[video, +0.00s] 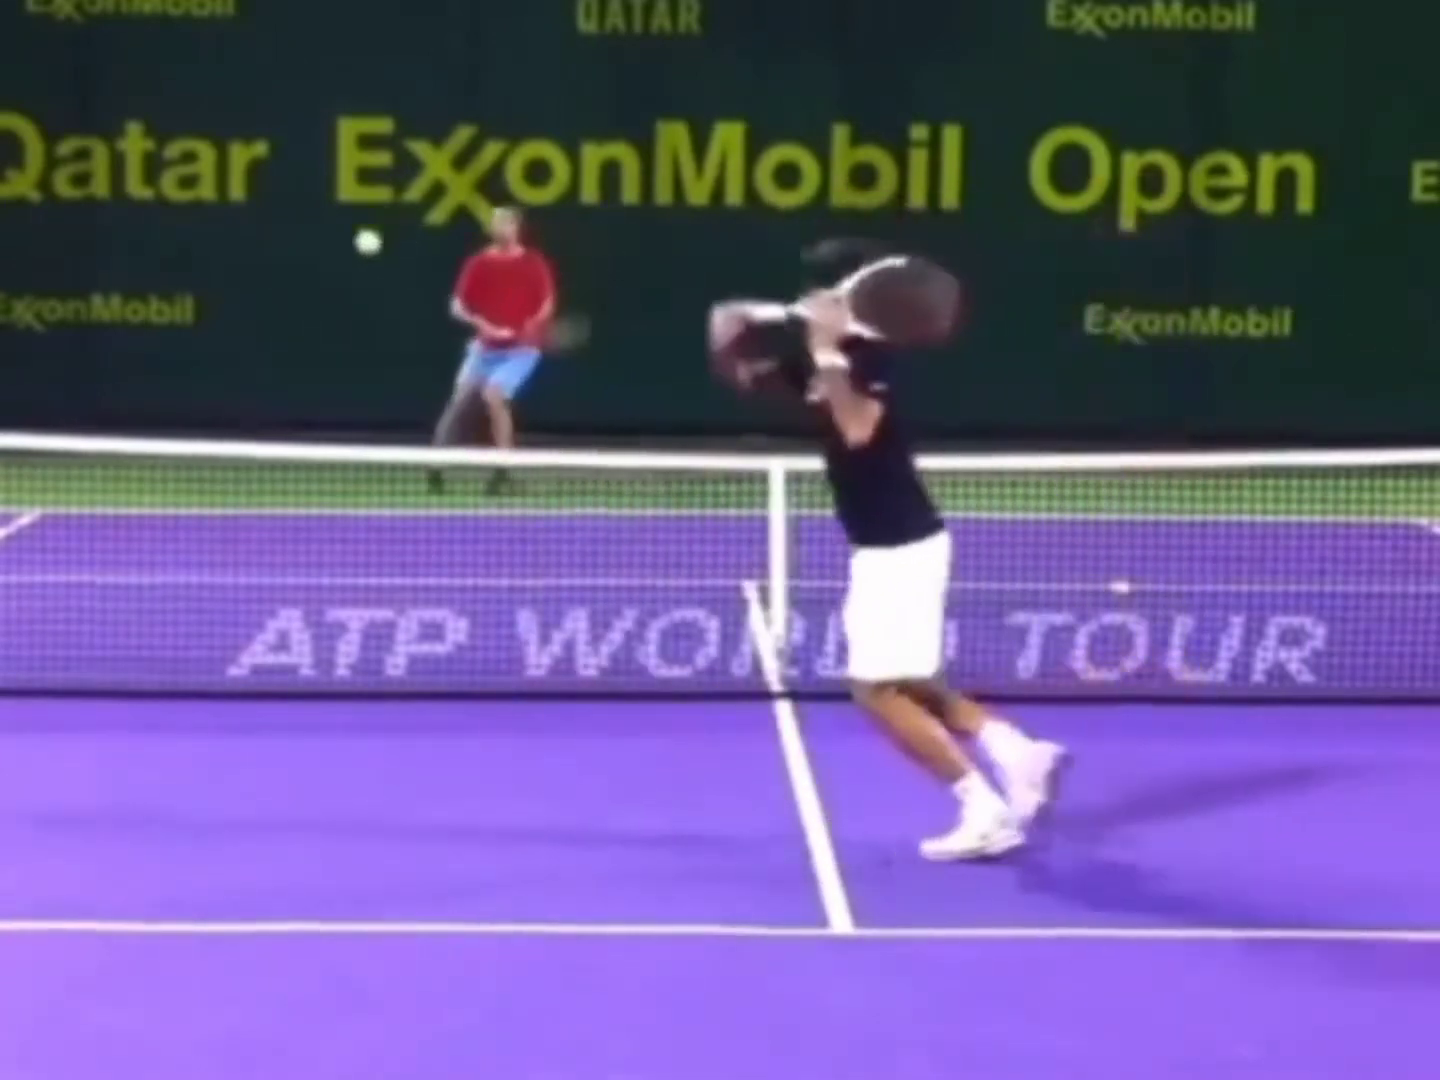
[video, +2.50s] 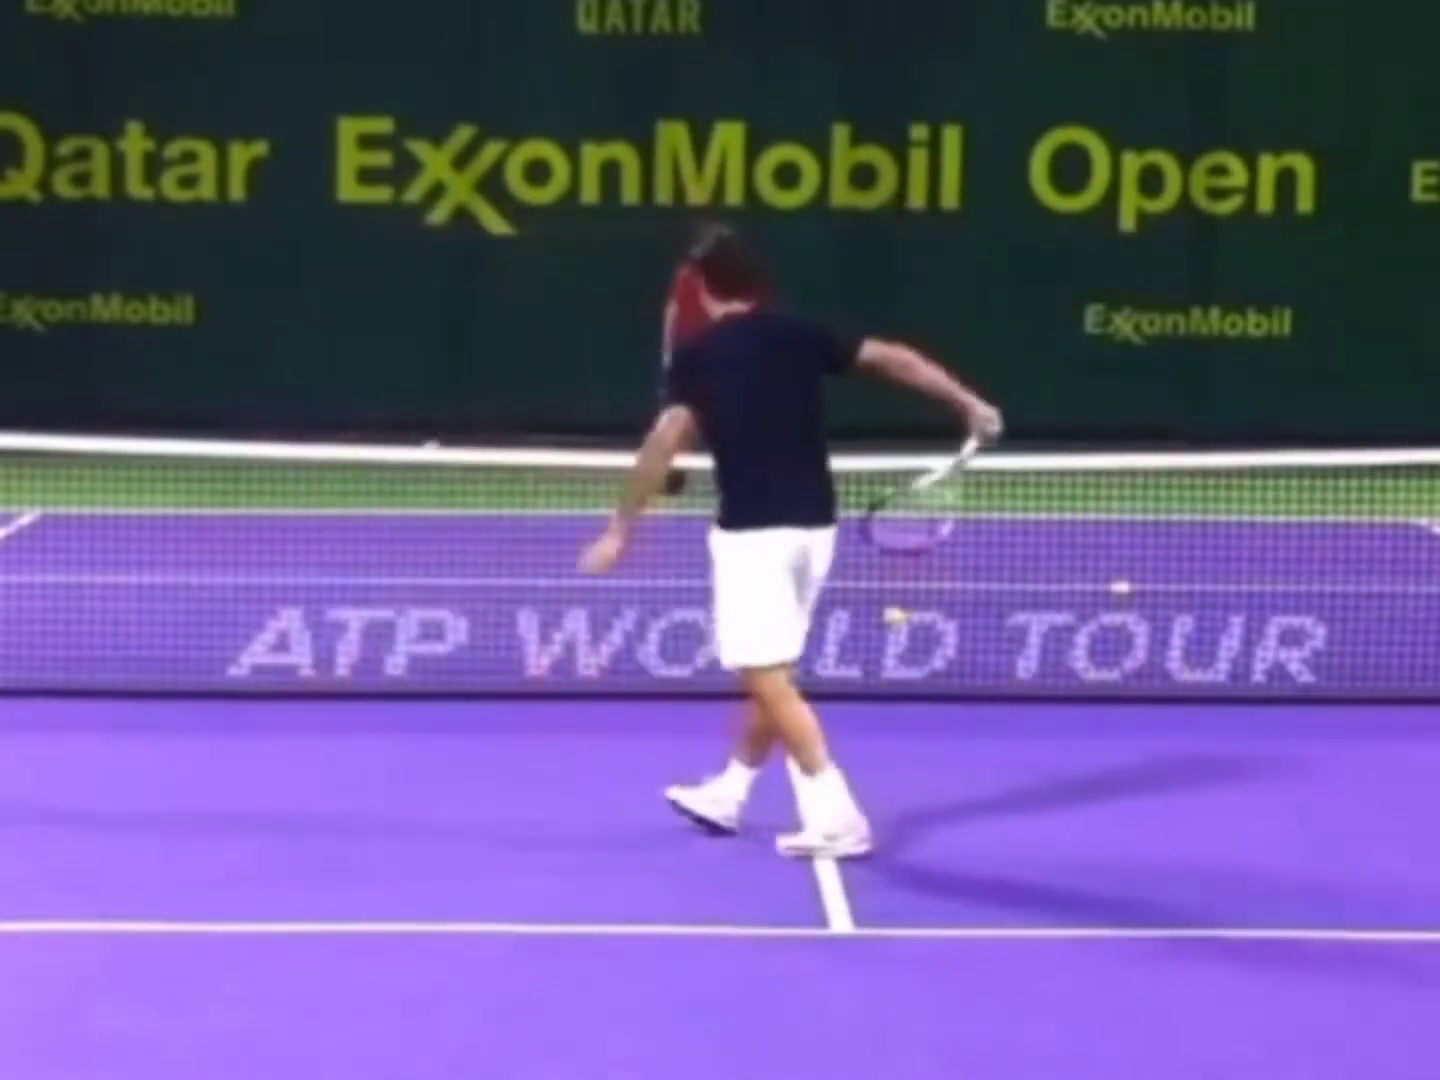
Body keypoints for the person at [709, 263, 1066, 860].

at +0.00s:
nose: (817, 312)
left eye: (823, 306)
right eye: (818, 305)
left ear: (839, 320)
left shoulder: (867, 368)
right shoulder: (834, 372)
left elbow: (858, 427)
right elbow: (786, 387)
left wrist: (825, 349)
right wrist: (750, 355)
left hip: (900, 547)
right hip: (896, 544)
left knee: (874, 688)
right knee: (908, 678)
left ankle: (981, 803)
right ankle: (1017, 751)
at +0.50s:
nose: (461, 310)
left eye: (463, 298)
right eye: (461, 298)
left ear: (477, 298)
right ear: (516, 290)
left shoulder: (522, 349)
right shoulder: (536, 348)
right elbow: (591, 419)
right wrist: (641, 460)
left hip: (551, 544)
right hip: (521, 538)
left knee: (494, 678)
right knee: (458, 658)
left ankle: (607, 773)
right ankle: (515, 797)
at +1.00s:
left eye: (362, 281)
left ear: (355, 287)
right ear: (413, 289)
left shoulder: (328, 353)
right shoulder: (436, 357)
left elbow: (288, 442)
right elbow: (479, 451)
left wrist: (317, 460)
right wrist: (450, 490)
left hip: (340, 538)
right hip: (421, 538)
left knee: (296, 675)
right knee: (432, 668)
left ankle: (279, 821)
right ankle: (471, 796)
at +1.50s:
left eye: (428, 307)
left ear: (418, 315)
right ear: (474, 316)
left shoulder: (387, 380)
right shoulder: (503, 388)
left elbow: (351, 472)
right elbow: (536, 494)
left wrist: (394, 480)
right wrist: (501, 499)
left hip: (401, 566)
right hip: (491, 565)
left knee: (328, 681)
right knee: (559, 680)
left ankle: (247, 808)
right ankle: (575, 820)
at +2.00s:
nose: (541, 318)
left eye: (542, 306)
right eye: (541, 306)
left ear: (558, 304)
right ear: (597, 295)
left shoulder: (595, 350)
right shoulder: (630, 354)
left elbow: (552, 394)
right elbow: (543, 428)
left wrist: (463, 401)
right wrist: (464, 444)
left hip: (618, 535)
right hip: (670, 533)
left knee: (559, 666)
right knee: (645, 663)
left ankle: (512, 810)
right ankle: (681, 793)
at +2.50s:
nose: (694, 298)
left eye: (695, 289)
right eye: (696, 289)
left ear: (704, 290)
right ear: (761, 286)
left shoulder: (702, 354)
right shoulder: (799, 334)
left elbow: (666, 440)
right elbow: (892, 358)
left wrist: (621, 526)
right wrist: (970, 404)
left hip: (752, 533)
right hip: (816, 529)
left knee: (768, 675)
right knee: (772, 670)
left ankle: (834, 815)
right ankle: (729, 792)